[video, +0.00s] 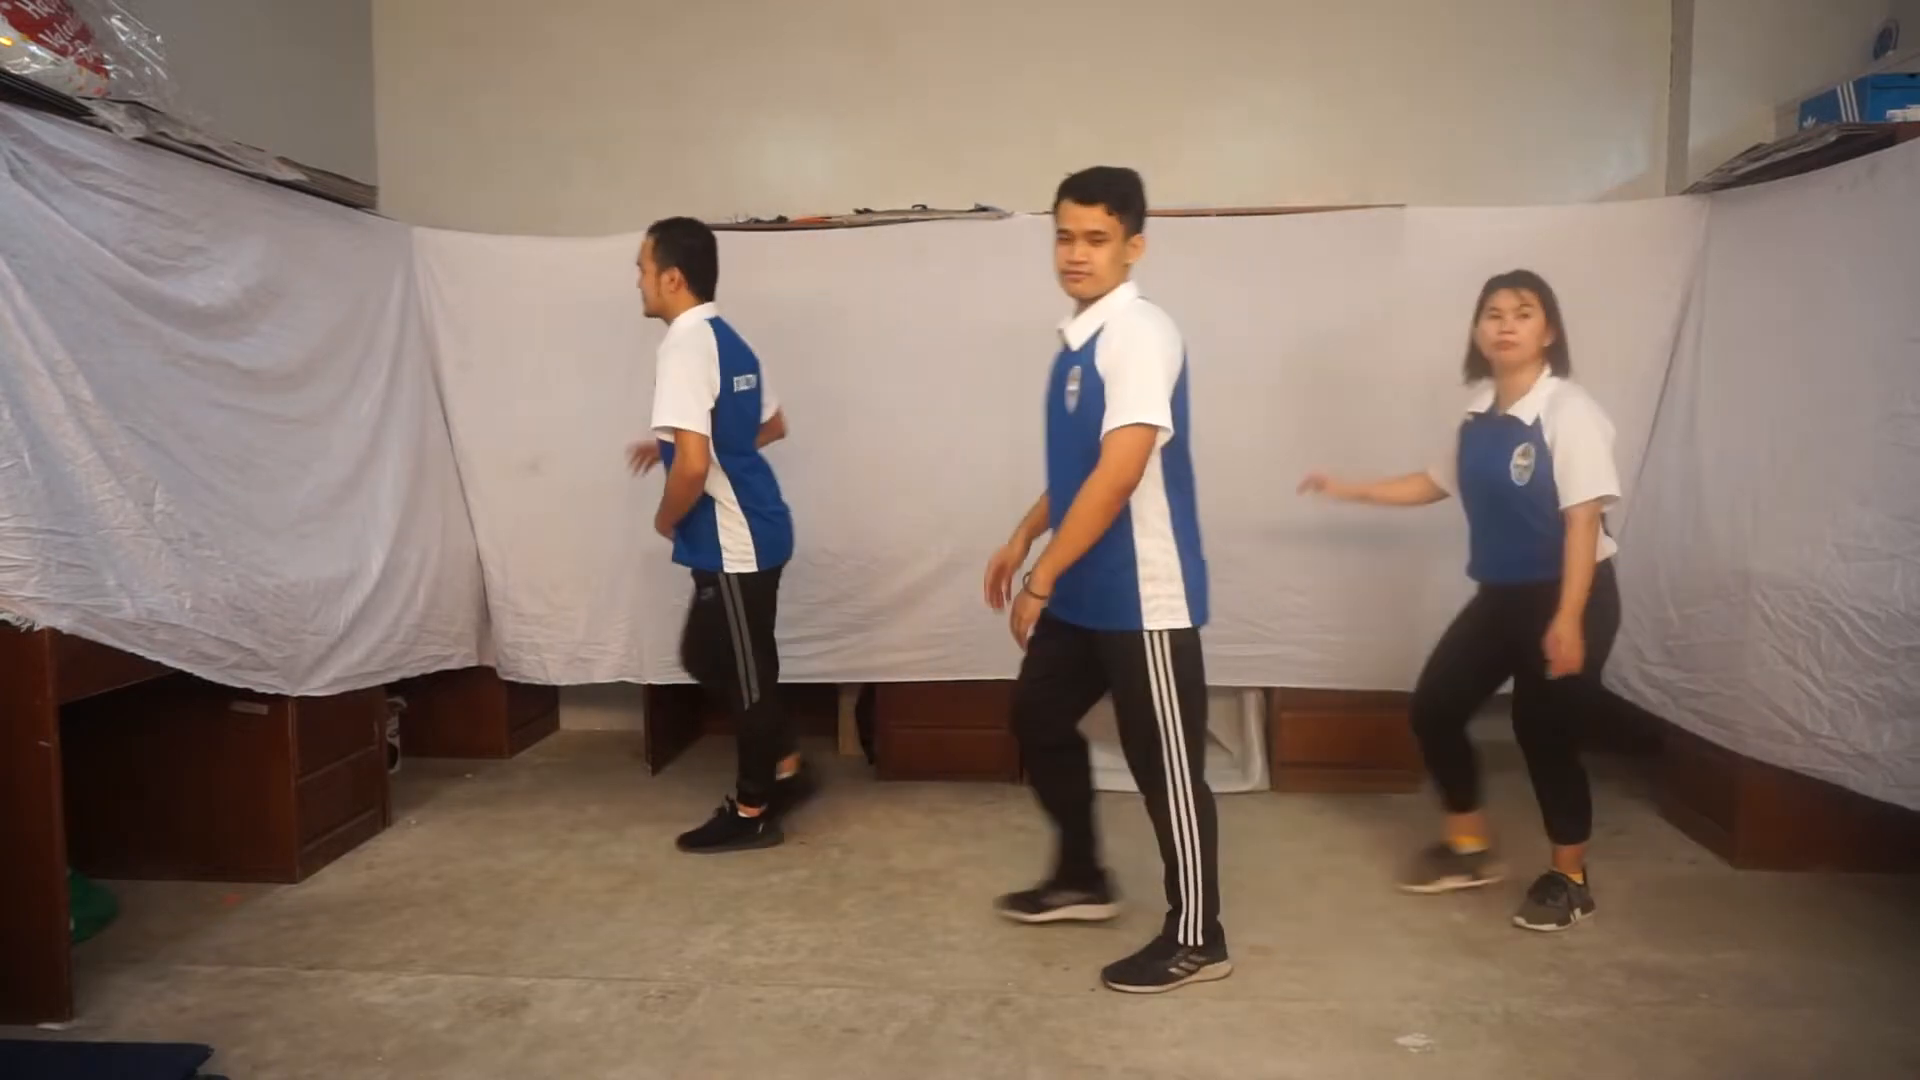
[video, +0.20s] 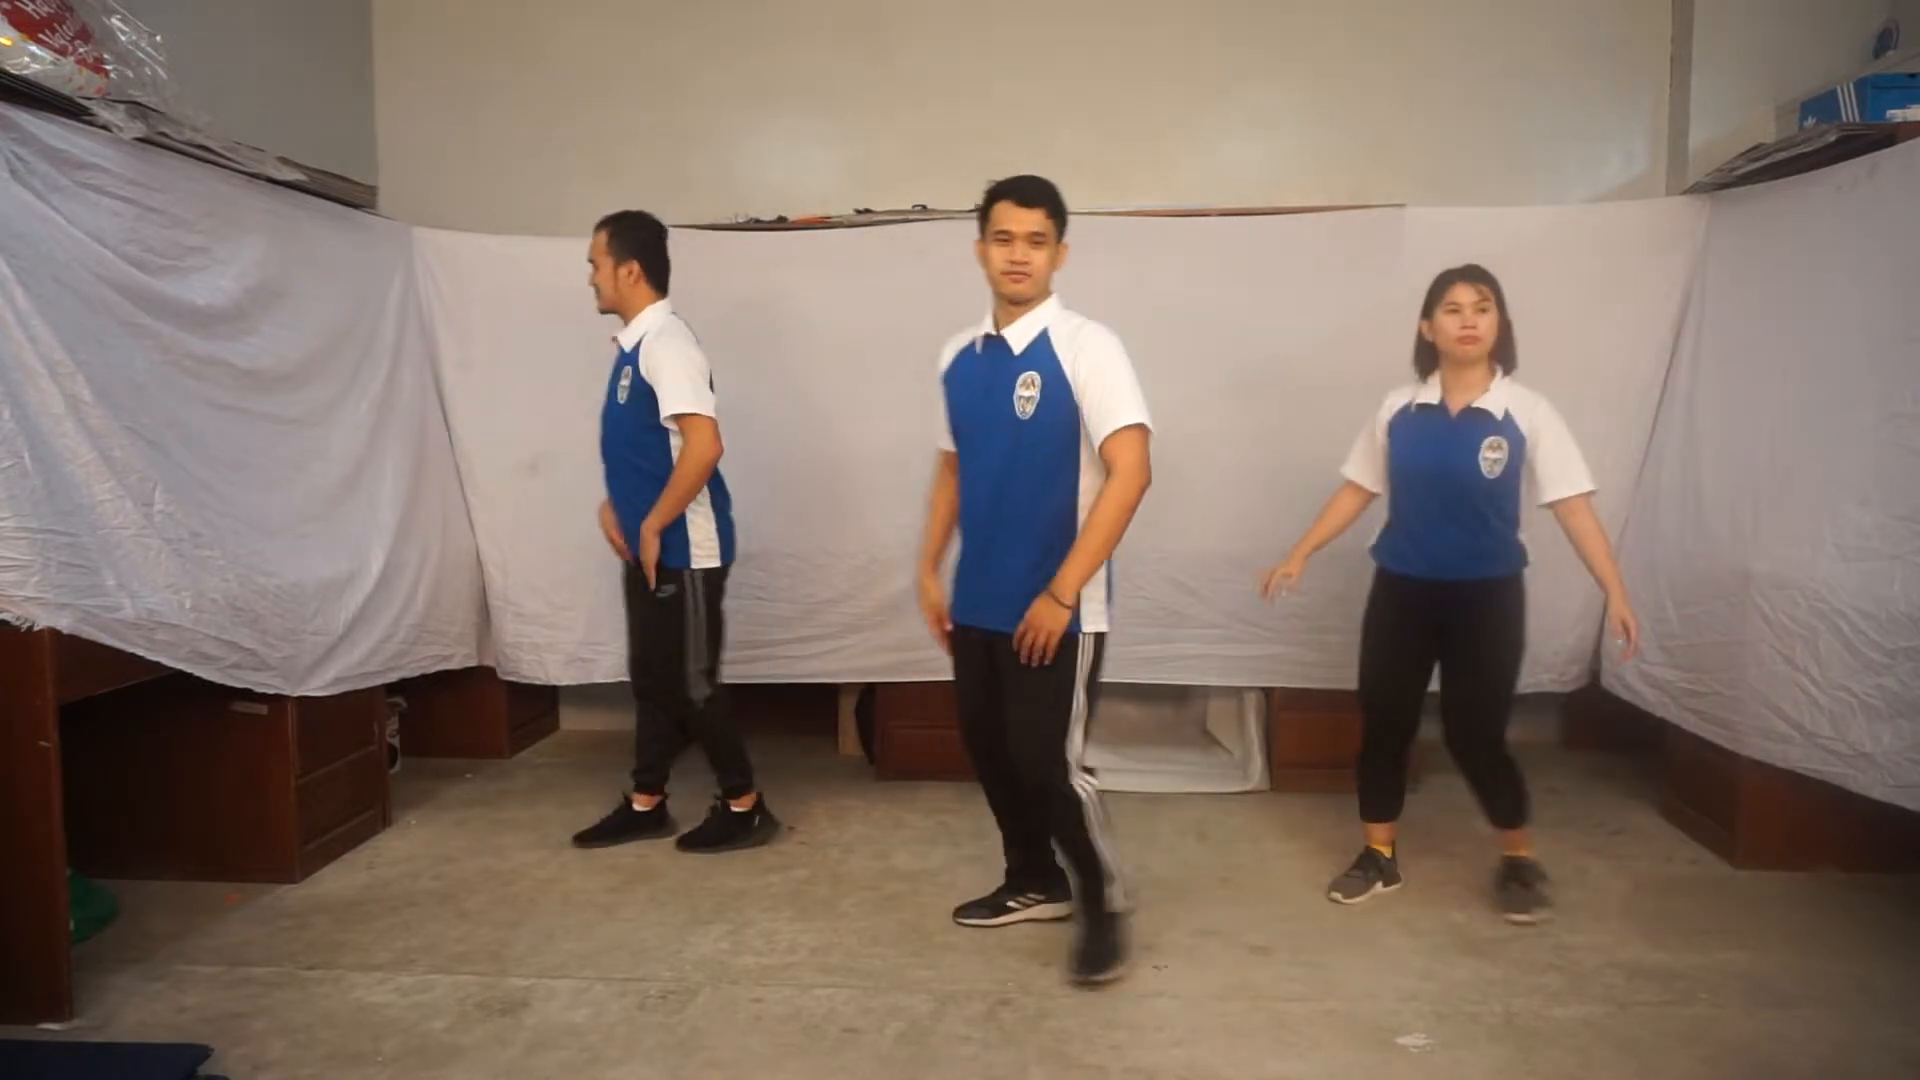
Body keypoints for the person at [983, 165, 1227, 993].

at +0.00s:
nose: (1074, 253)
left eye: (1095, 239)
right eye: (1065, 238)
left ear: (1133, 245)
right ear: (1054, 242)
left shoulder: (1140, 333)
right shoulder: (1082, 334)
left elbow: (1120, 475)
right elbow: (1079, 469)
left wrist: (1045, 577)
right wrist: (1021, 537)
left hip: (1149, 599)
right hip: (1087, 594)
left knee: (1168, 769)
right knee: (1040, 720)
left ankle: (1196, 935)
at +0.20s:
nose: (1017, 254)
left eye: (1035, 241)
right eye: (1002, 238)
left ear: (1059, 253)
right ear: (980, 249)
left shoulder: (1086, 346)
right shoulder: (960, 355)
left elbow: (1131, 472)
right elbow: (953, 467)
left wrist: (1062, 592)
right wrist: (929, 569)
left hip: (1054, 606)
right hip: (977, 604)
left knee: (1045, 763)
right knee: (992, 749)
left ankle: (1104, 905)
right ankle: (1032, 881)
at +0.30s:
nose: (996, 252)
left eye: (1012, 238)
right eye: (979, 237)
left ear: (1029, 249)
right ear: (951, 249)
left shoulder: (1069, 346)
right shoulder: (917, 355)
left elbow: (1135, 464)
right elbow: (882, 465)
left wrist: (1082, 581)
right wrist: (845, 570)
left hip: (1027, 604)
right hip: (939, 600)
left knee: (1001, 772)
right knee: (936, 740)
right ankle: (1016, 849)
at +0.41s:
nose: (975, 252)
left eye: (986, 237)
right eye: (956, 237)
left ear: (998, 250)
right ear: (917, 252)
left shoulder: (1038, 353)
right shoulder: (874, 361)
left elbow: (1115, 446)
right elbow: (812, 466)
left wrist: (1091, 561)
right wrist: (742, 567)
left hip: (1003, 607)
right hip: (901, 607)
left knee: (985, 767)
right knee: (868, 749)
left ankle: (954, 914)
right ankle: (928, 847)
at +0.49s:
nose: (954, 249)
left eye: (962, 236)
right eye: (935, 235)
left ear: (971, 249)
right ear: (890, 250)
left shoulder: (1004, 347)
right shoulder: (844, 355)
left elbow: (1078, 425)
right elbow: (777, 462)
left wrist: (1096, 505)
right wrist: (696, 566)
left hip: (984, 598)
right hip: (883, 601)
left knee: (976, 765)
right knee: (863, 759)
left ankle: (954, 915)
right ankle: (848, 890)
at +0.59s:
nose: (928, 245)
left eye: (933, 231)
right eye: (909, 230)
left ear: (935, 243)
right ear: (858, 241)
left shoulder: (954, 335)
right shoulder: (826, 346)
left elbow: (1028, 366)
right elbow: (786, 461)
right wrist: (735, 564)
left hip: (949, 597)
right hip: (861, 607)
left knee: (957, 762)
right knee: (850, 770)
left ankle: (951, 919)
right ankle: (800, 937)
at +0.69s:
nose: (903, 240)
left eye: (906, 225)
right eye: (884, 225)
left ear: (905, 238)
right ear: (830, 240)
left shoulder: (901, 312)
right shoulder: (813, 337)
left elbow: (949, 265)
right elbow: (833, 460)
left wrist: (1002, 200)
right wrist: (889, 549)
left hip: (894, 575)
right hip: (823, 587)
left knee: (915, 750)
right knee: (828, 763)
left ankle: (936, 913)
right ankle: (799, 937)